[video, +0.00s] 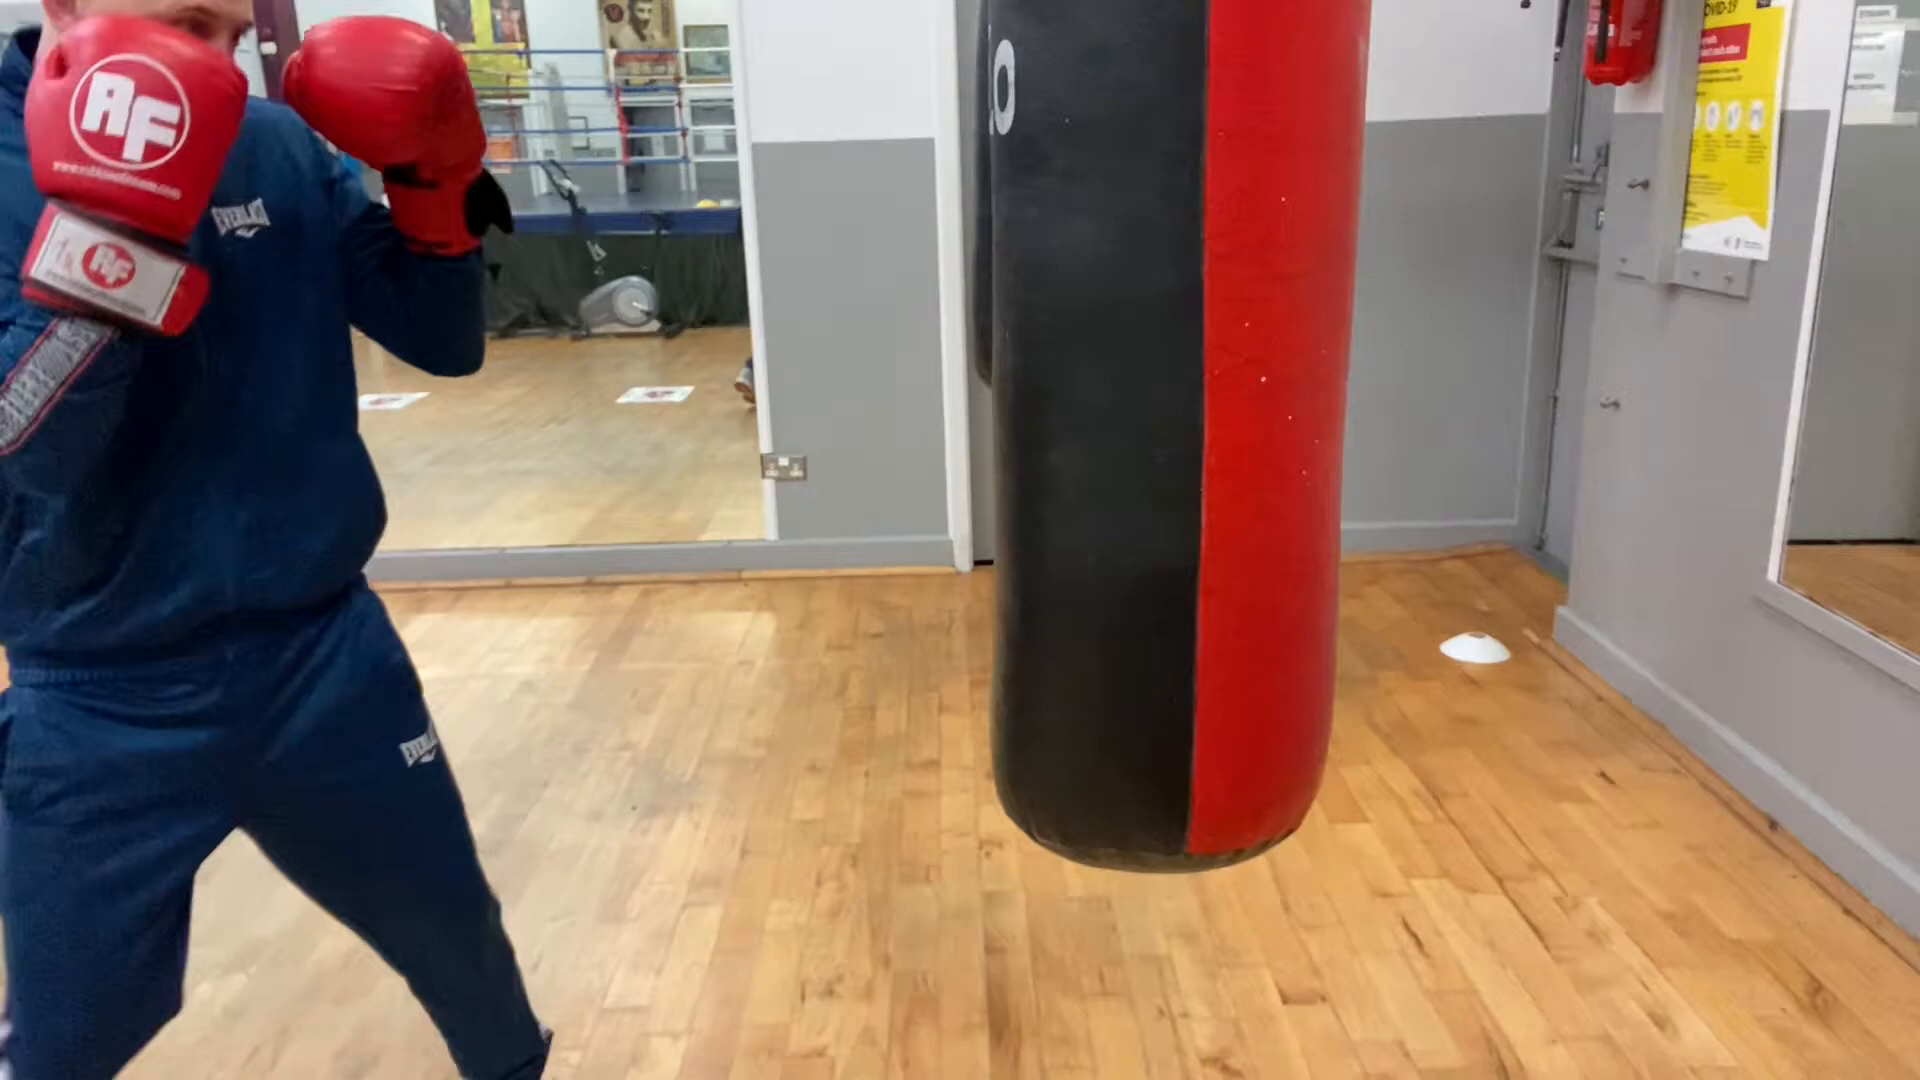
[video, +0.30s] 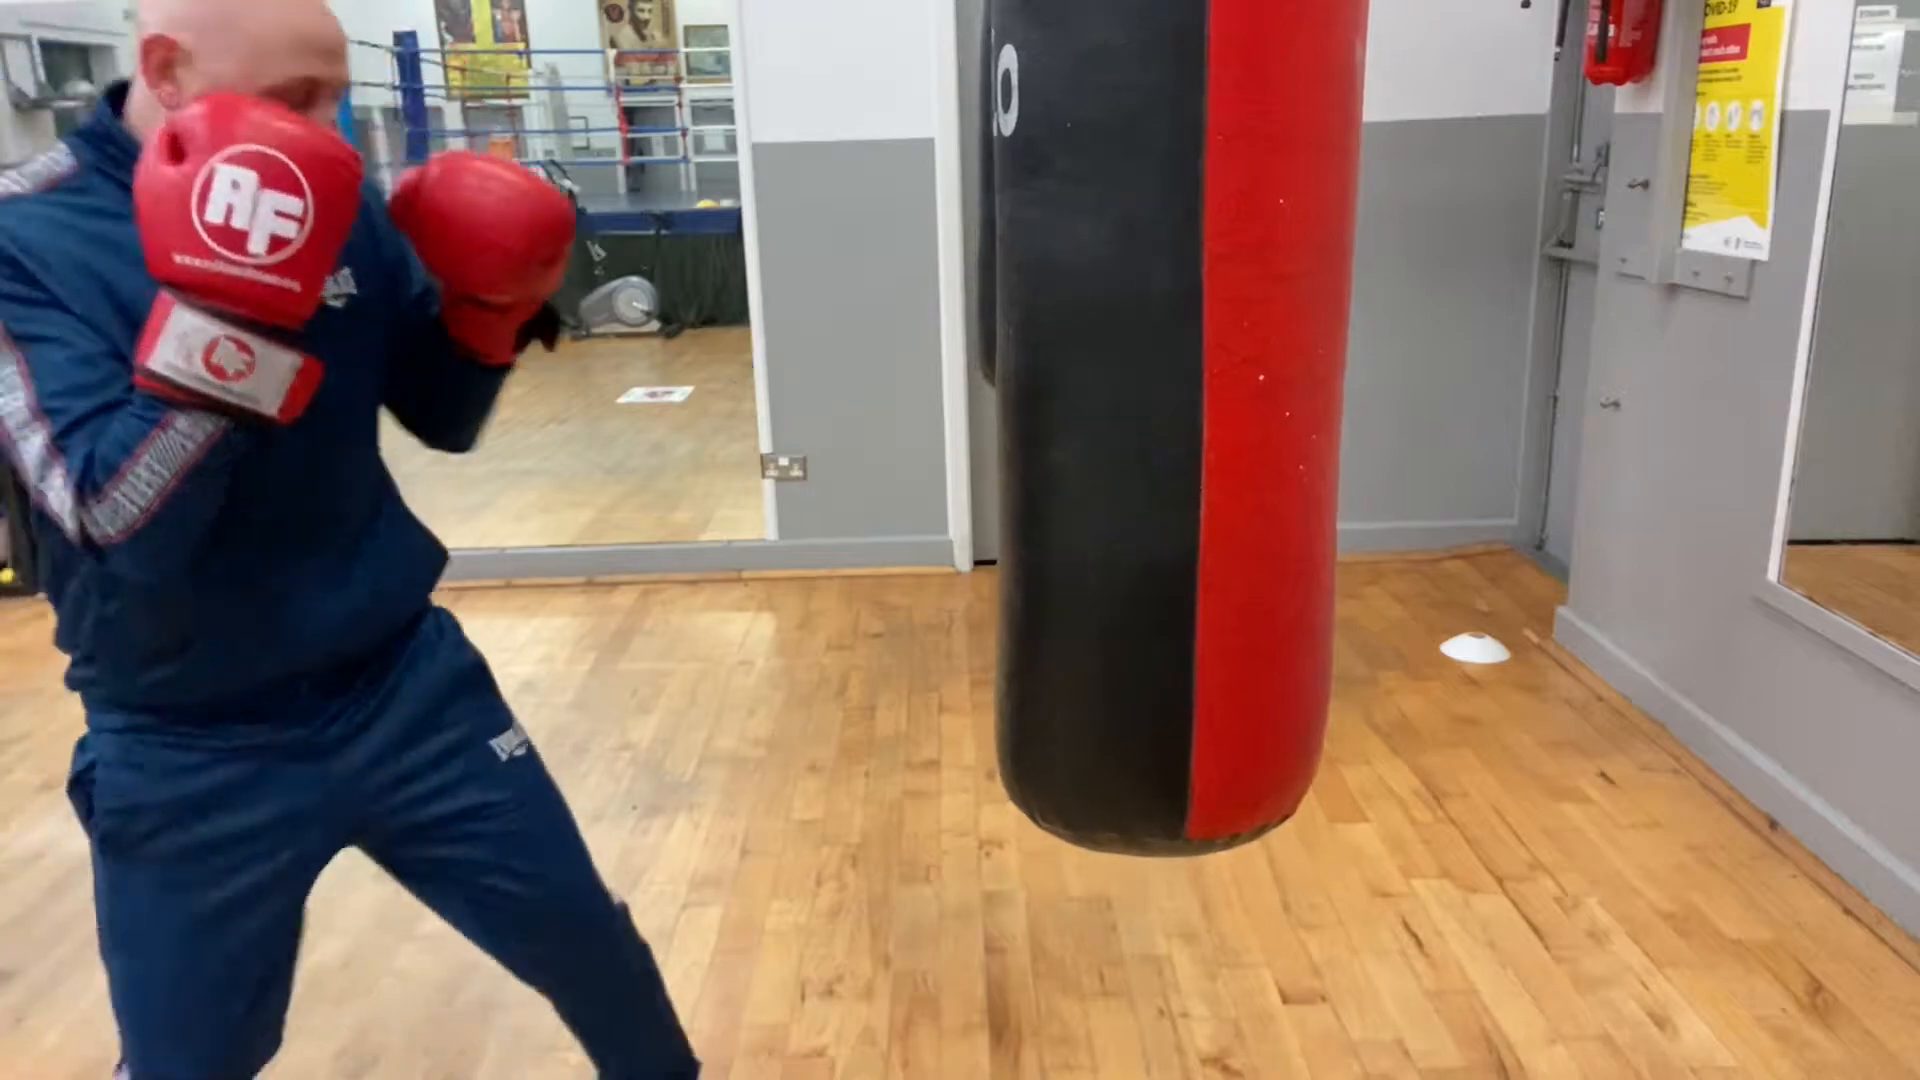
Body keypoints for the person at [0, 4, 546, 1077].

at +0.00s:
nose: (215, 65)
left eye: (229, 31)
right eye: (177, 26)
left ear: (250, 25)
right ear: (64, 13)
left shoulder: (279, 145)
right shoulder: (10, 176)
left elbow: (444, 340)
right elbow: (22, 475)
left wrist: (435, 188)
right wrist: (104, 242)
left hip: (321, 663)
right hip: (89, 705)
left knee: (458, 942)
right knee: (62, 1047)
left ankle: (512, 1064)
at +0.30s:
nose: (321, 133)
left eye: (332, 100)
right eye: (291, 100)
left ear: (344, 79)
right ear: (164, 76)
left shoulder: (329, 201)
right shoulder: (34, 244)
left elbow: (440, 414)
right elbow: (112, 515)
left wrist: (489, 310)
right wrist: (223, 311)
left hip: (400, 688)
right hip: (186, 753)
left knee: (597, 955)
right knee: (187, 1065)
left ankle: (672, 1074)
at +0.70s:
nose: (233, 82)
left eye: (247, 45)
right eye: (195, 43)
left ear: (271, 25)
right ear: (71, 18)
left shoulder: (277, 151)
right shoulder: (11, 186)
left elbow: (423, 373)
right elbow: (19, 497)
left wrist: (435, 244)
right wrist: (118, 278)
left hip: (342, 683)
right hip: (100, 733)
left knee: (527, 974)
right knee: (74, 1069)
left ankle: (603, 1073)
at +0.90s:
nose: (124, 143)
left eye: (138, 102)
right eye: (83, 103)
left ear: (153, 99)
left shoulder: (169, 261)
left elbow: (275, 487)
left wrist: (283, 333)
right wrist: (23, 385)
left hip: (246, 748)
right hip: (38, 805)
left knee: (394, 1006)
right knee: (52, 1066)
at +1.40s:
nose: (42, 48)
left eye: (56, 21)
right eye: (19, 22)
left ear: (75, 26)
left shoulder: (117, 178)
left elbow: (235, 385)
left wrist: (226, 231)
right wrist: (22, 241)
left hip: (161, 632)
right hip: (11, 665)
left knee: (301, 895)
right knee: (2, 948)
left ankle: (374, 1057)